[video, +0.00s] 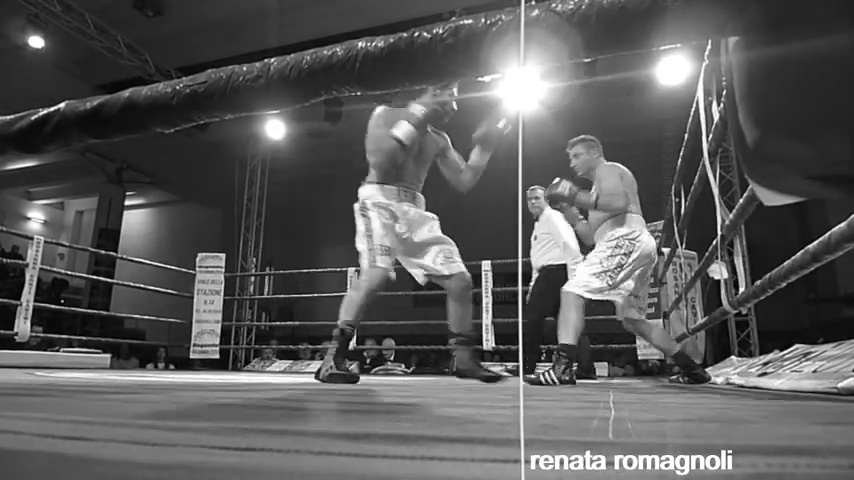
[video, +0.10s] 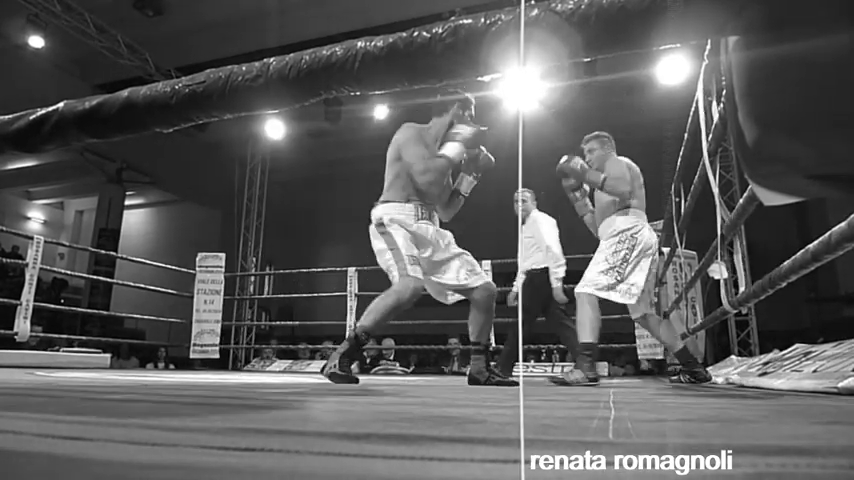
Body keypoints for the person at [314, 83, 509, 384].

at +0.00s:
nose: (453, 104)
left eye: (455, 96)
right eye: (447, 93)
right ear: (422, 91)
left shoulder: (439, 139)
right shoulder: (386, 114)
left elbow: (464, 180)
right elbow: (380, 160)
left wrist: (485, 143)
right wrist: (416, 117)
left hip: (415, 212)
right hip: (378, 204)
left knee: (460, 282)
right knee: (376, 273)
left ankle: (464, 359)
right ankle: (334, 358)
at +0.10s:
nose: (470, 128)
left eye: (471, 122)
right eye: (468, 120)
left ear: (456, 115)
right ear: (453, 111)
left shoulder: (443, 157)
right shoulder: (410, 133)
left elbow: (447, 213)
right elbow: (427, 178)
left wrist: (470, 176)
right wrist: (458, 145)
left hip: (429, 228)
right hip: (393, 220)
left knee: (484, 291)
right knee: (409, 285)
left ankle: (478, 368)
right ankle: (343, 356)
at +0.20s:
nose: (468, 114)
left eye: (469, 107)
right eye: (464, 105)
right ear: (448, 103)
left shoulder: (443, 147)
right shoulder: (415, 121)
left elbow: (443, 205)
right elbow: (449, 155)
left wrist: (469, 169)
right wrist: (474, 130)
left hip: (431, 223)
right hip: (398, 215)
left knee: (485, 292)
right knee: (412, 287)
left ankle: (479, 368)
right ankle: (342, 353)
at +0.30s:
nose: (457, 90)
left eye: (459, 87)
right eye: (452, 84)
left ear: (454, 90)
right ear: (437, 79)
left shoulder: (442, 113)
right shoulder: (416, 93)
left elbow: (436, 181)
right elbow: (456, 124)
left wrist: (455, 145)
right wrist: (471, 106)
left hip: (428, 195)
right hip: (399, 187)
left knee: (466, 282)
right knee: (404, 269)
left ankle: (479, 357)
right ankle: (339, 346)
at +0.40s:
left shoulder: (440, 84)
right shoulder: (413, 69)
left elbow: (432, 141)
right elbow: (442, 109)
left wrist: (451, 122)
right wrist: (461, 90)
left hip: (424, 171)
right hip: (394, 161)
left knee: (453, 262)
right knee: (398, 251)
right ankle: (342, 339)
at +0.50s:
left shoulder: (432, 88)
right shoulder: (411, 72)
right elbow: (439, 116)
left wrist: (454, 106)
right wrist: (456, 93)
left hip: (414, 171)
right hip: (391, 163)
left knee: (440, 268)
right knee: (395, 256)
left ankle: (373, 336)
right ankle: (341, 348)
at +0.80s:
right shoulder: (417, 70)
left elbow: (415, 138)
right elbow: (434, 117)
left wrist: (443, 134)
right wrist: (446, 99)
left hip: (410, 167)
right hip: (392, 160)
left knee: (418, 265)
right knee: (387, 252)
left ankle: (366, 336)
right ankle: (344, 344)